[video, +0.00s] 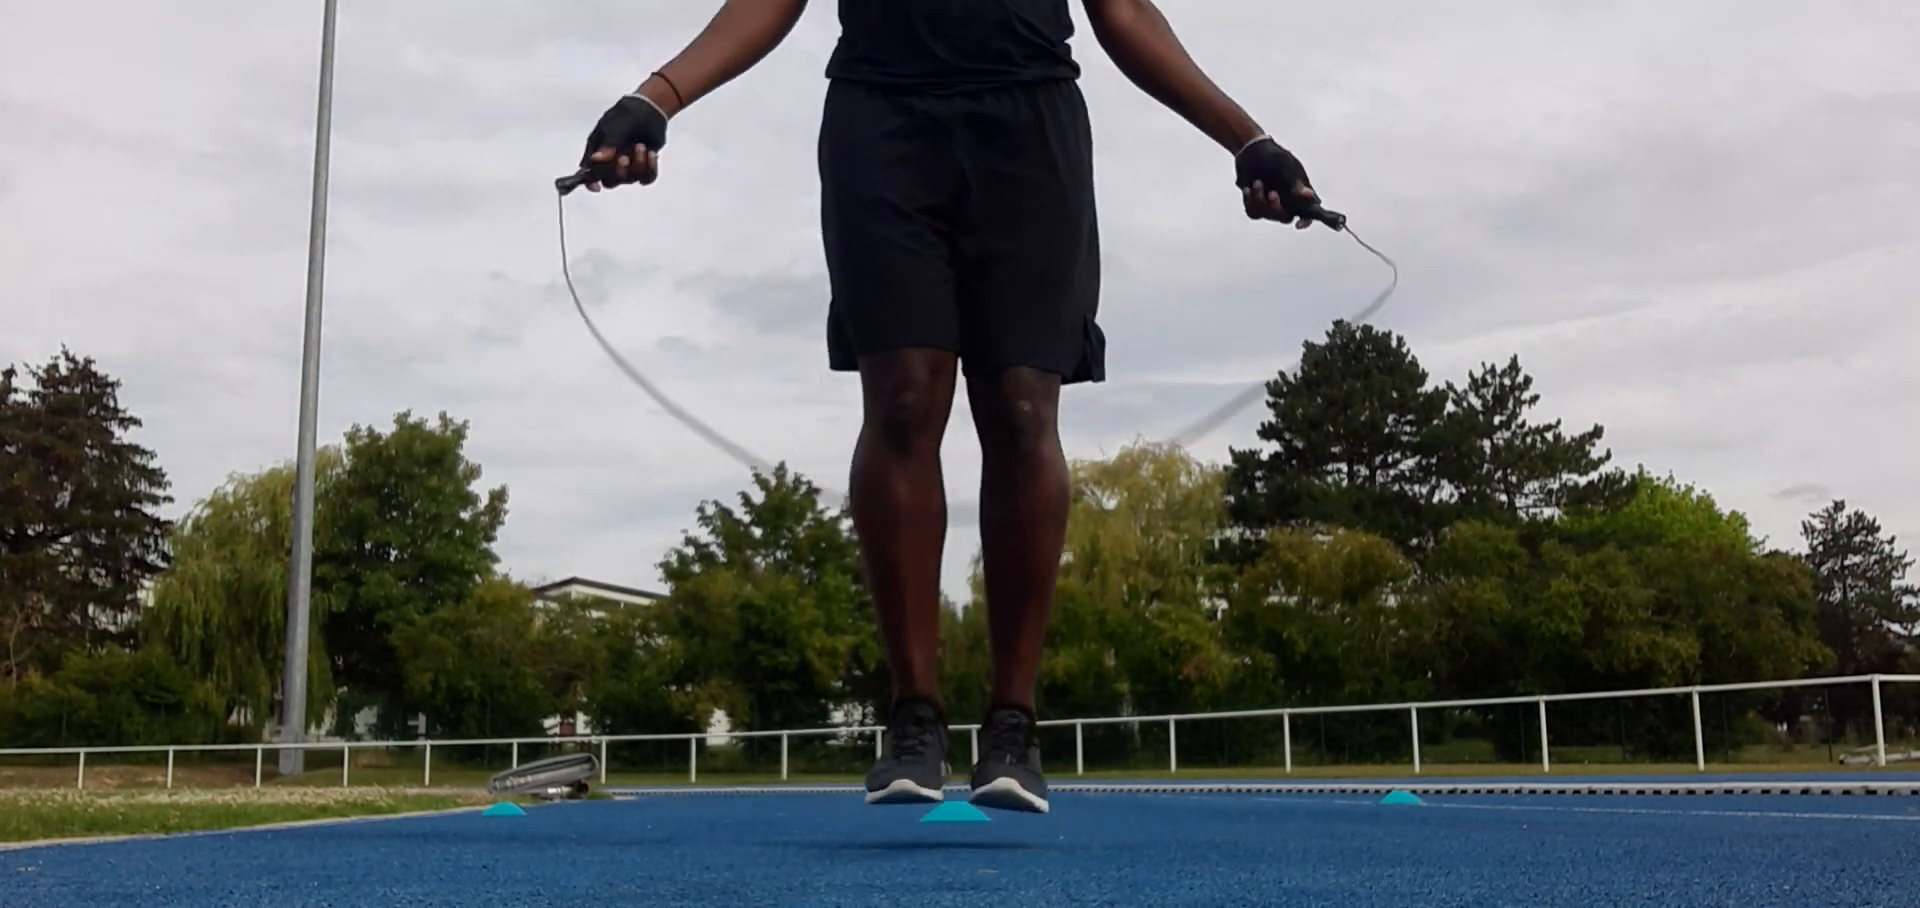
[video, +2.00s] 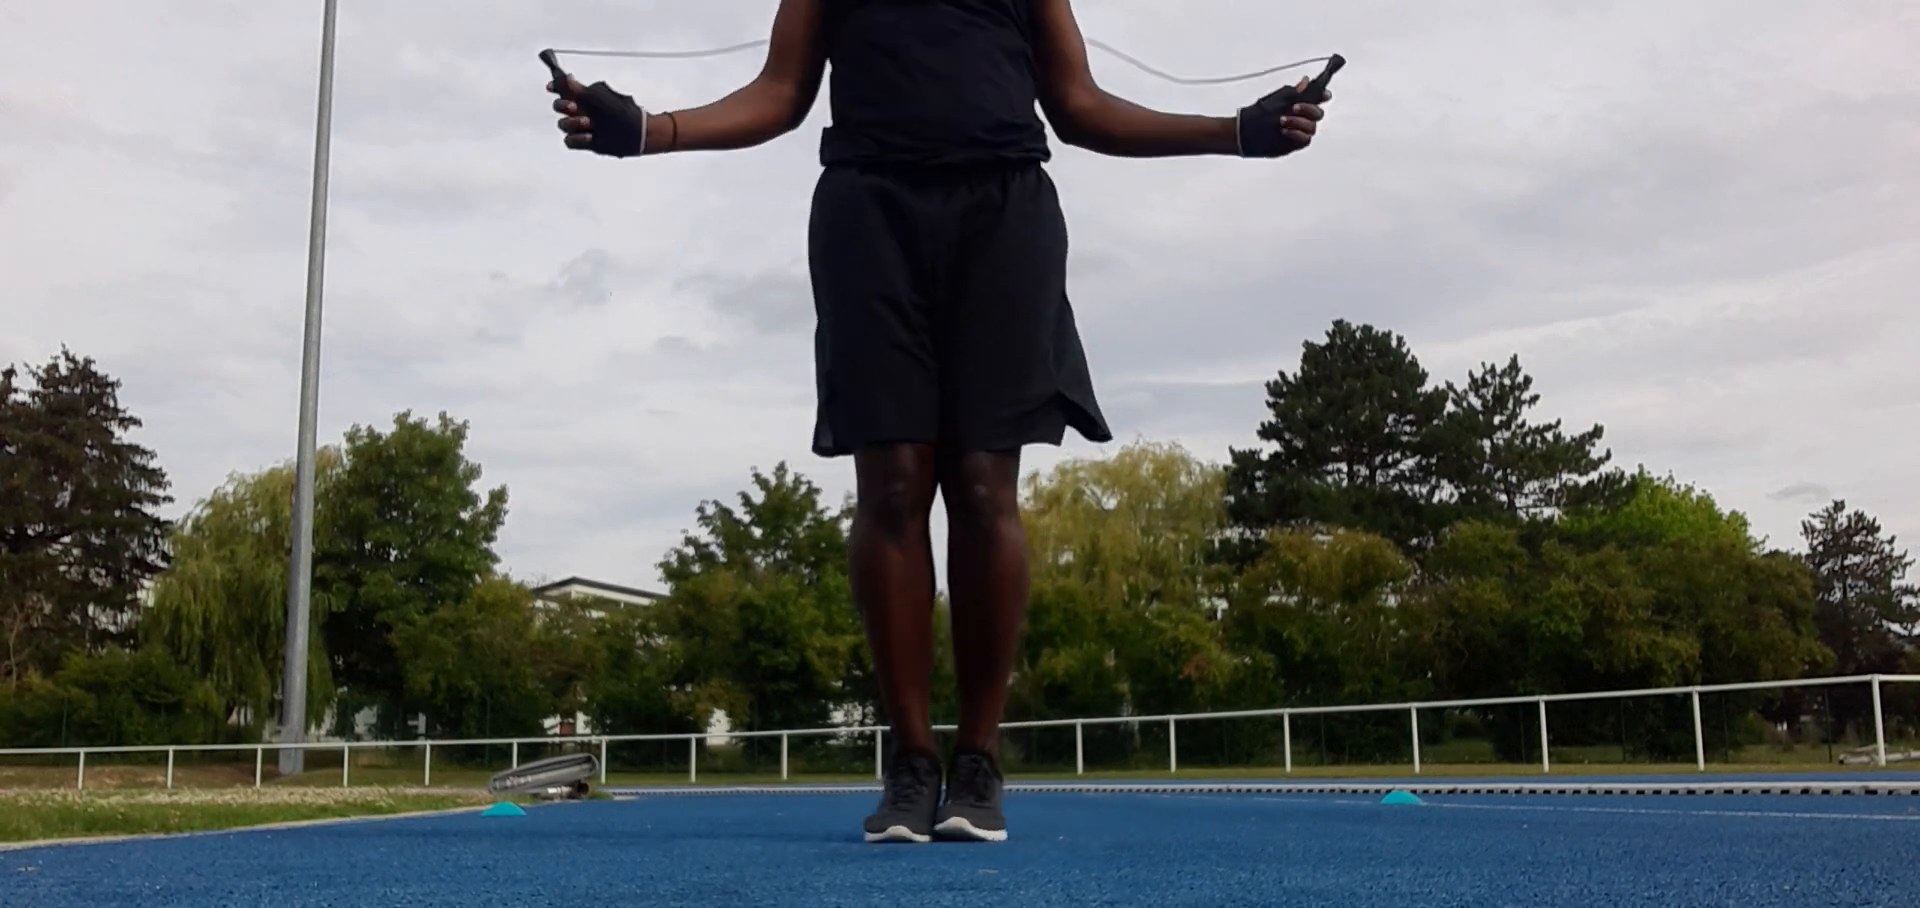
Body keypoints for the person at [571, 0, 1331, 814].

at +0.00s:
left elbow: (1125, 17)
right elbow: (774, 4)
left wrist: (1247, 138)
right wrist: (655, 96)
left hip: (1029, 108)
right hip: (880, 108)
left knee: (1020, 403)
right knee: (905, 395)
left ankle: (1011, 727)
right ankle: (912, 721)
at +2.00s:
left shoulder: (1030, 7)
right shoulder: (823, 7)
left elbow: (1082, 109)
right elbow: (778, 94)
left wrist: (1239, 129)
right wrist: (645, 128)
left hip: (1003, 205)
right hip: (869, 206)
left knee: (983, 484)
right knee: (893, 481)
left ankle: (977, 764)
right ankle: (910, 769)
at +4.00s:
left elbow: (1062, 100)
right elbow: (761, 89)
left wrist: (1179, 212)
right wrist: (661, 212)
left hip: (978, 201)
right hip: (848, 205)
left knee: (963, 459)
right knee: (867, 459)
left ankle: (965, 742)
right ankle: (887, 745)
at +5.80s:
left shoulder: (1007, 9)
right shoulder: (805, 4)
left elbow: (1051, 149)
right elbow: (764, 127)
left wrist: (1171, 215)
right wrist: (665, 209)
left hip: (974, 247)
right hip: (850, 248)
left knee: (964, 491)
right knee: (873, 491)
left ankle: (964, 759)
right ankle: (896, 765)